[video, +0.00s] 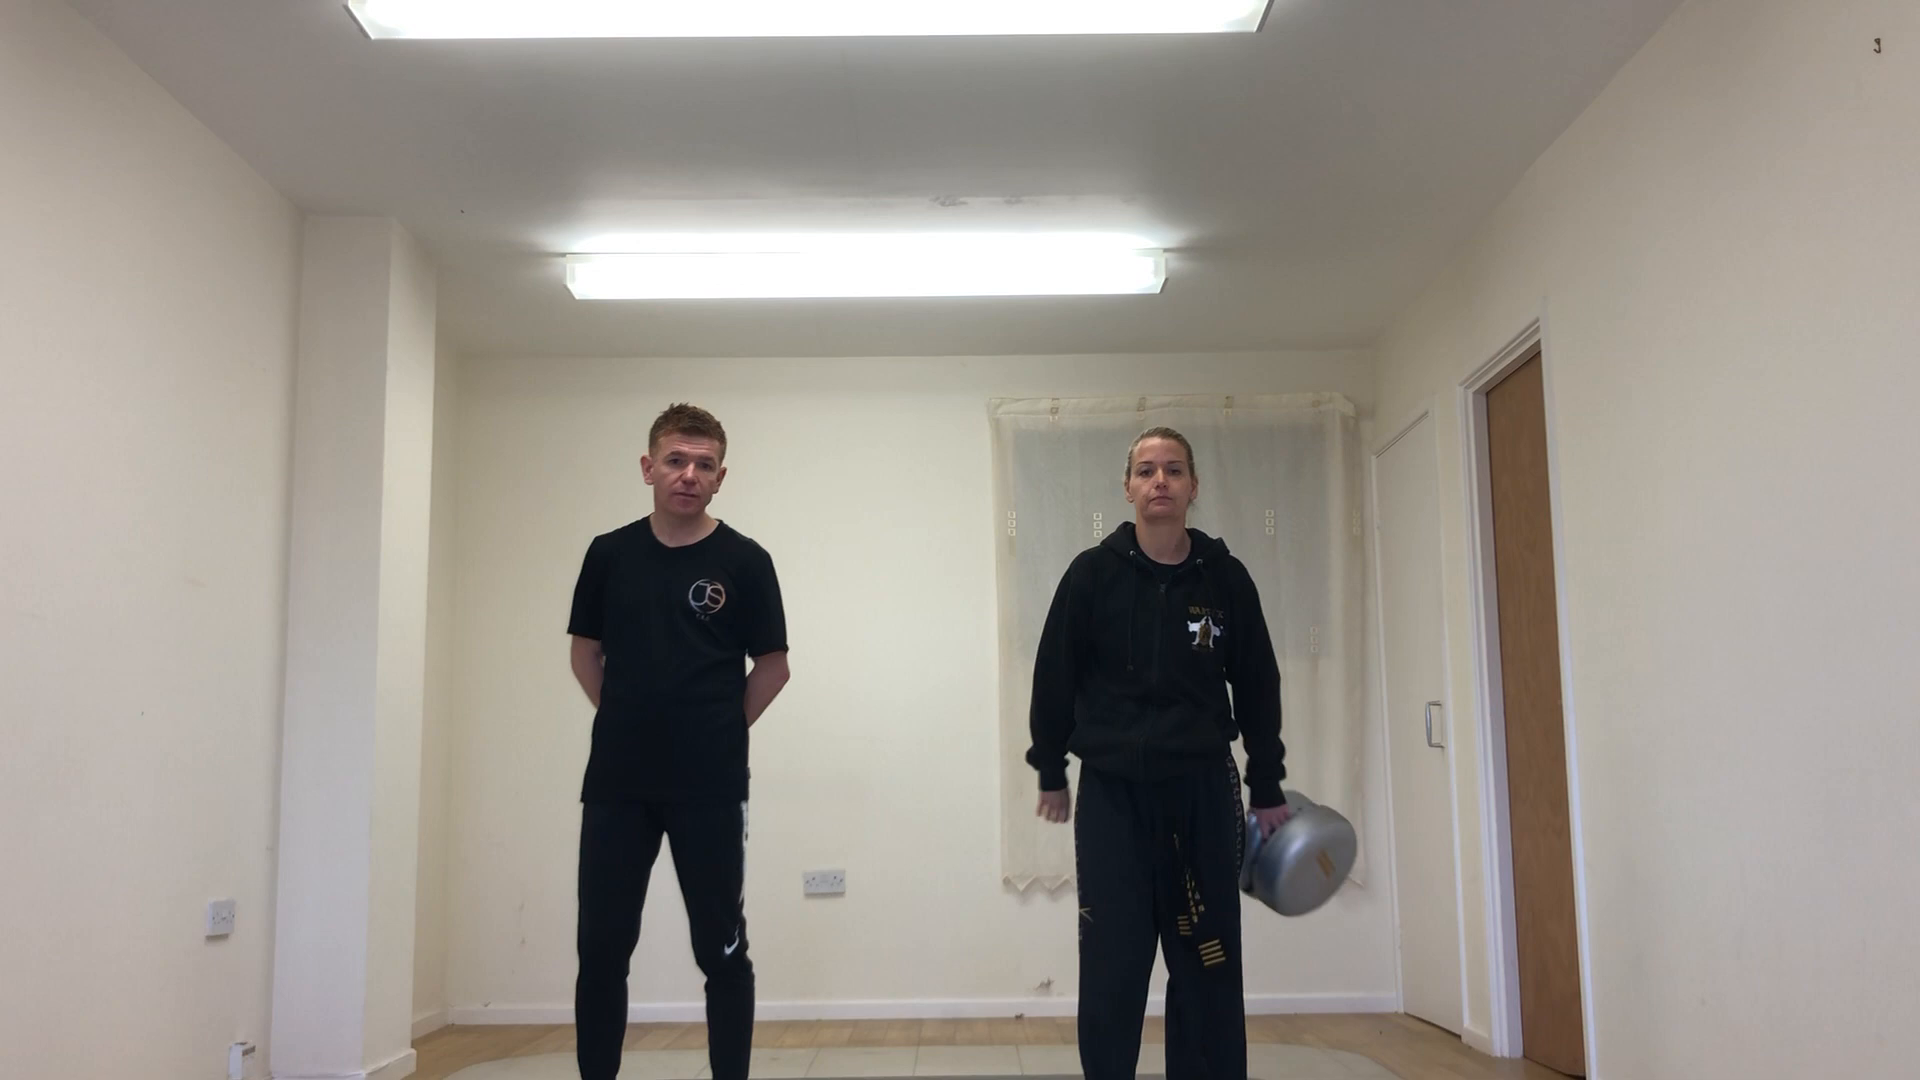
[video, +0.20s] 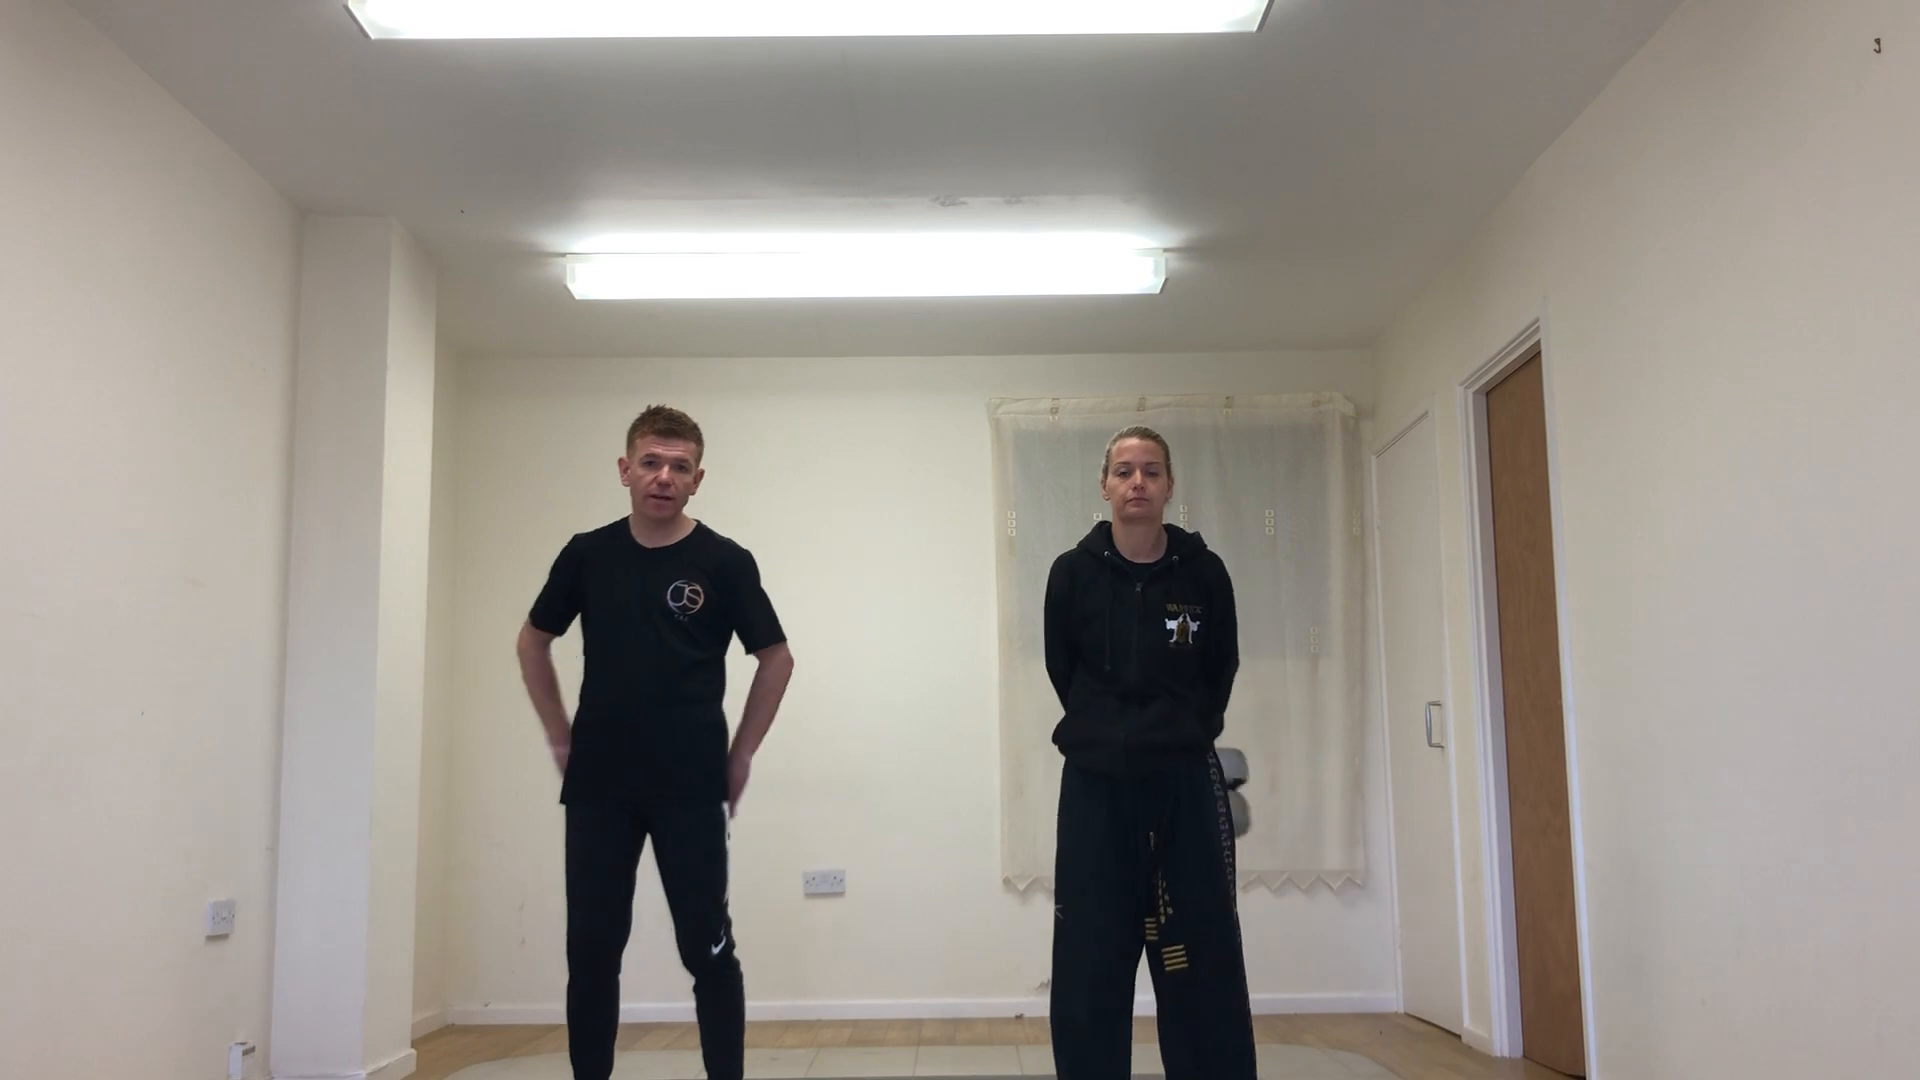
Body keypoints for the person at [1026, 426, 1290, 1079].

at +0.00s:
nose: (1159, 480)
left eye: (1172, 470)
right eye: (1145, 470)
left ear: (1192, 488)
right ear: (1128, 489)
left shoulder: (1224, 574)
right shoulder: (1092, 572)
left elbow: (1256, 678)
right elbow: (1054, 670)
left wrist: (1267, 783)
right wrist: (1050, 769)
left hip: (1203, 788)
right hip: (1112, 789)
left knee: (1208, 960)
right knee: (1113, 960)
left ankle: (1207, 1078)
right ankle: (1107, 1074)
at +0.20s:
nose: (1137, 481)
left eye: (1150, 471)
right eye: (1123, 471)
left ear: (1170, 486)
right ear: (1105, 486)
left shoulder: (1203, 568)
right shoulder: (1073, 570)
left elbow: (1222, 663)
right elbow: (1062, 665)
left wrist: (1189, 730)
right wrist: (1107, 727)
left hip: (1184, 772)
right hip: (1097, 776)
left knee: (1201, 947)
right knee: (1093, 949)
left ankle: (1211, 1074)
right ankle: (1090, 1073)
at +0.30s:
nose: (1129, 482)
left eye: (1141, 471)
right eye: (1115, 472)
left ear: (1162, 485)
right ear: (1097, 486)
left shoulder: (1197, 566)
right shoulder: (1066, 572)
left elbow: (1213, 660)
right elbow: (1053, 667)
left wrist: (1173, 721)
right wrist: (1096, 729)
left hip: (1183, 770)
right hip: (1094, 774)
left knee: (1201, 939)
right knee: (1089, 946)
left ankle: (1210, 1075)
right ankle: (1088, 1075)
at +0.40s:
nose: (1128, 487)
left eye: (1140, 475)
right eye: (1114, 477)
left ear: (1160, 486)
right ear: (1097, 489)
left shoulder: (1196, 565)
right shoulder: (1067, 571)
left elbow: (1208, 663)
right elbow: (1049, 670)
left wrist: (1165, 723)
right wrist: (1093, 733)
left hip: (1183, 771)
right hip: (1095, 776)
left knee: (1203, 945)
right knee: (1089, 951)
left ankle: (1219, 1075)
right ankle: (1087, 1077)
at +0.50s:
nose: (1131, 490)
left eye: (1144, 477)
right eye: (1118, 478)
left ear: (1164, 485)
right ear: (1100, 488)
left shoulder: (1200, 567)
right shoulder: (1071, 572)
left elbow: (1207, 665)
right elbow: (1055, 671)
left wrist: (1164, 725)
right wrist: (1095, 737)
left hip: (1187, 775)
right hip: (1099, 780)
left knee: (1206, 954)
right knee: (1091, 960)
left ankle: (1223, 1075)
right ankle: (1086, 1077)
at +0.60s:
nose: (1136, 491)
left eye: (1148, 478)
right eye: (1122, 480)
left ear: (1168, 487)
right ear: (1105, 491)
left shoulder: (1202, 571)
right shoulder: (1075, 571)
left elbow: (1206, 670)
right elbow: (1057, 672)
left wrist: (1170, 738)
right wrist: (1066, 762)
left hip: (1189, 776)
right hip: (1099, 779)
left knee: (1210, 952)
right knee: (1098, 955)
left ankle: (1222, 1074)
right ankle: (1093, 1076)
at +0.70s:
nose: (1135, 492)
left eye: (1147, 479)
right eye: (1121, 480)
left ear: (1167, 485)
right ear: (1101, 489)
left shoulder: (1196, 572)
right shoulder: (1072, 570)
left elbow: (1215, 685)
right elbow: (1023, 667)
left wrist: (1228, 786)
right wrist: (973, 757)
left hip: (1188, 787)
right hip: (1100, 791)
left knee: (1211, 965)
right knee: (1106, 969)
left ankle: (1224, 1077)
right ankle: (1110, 1079)